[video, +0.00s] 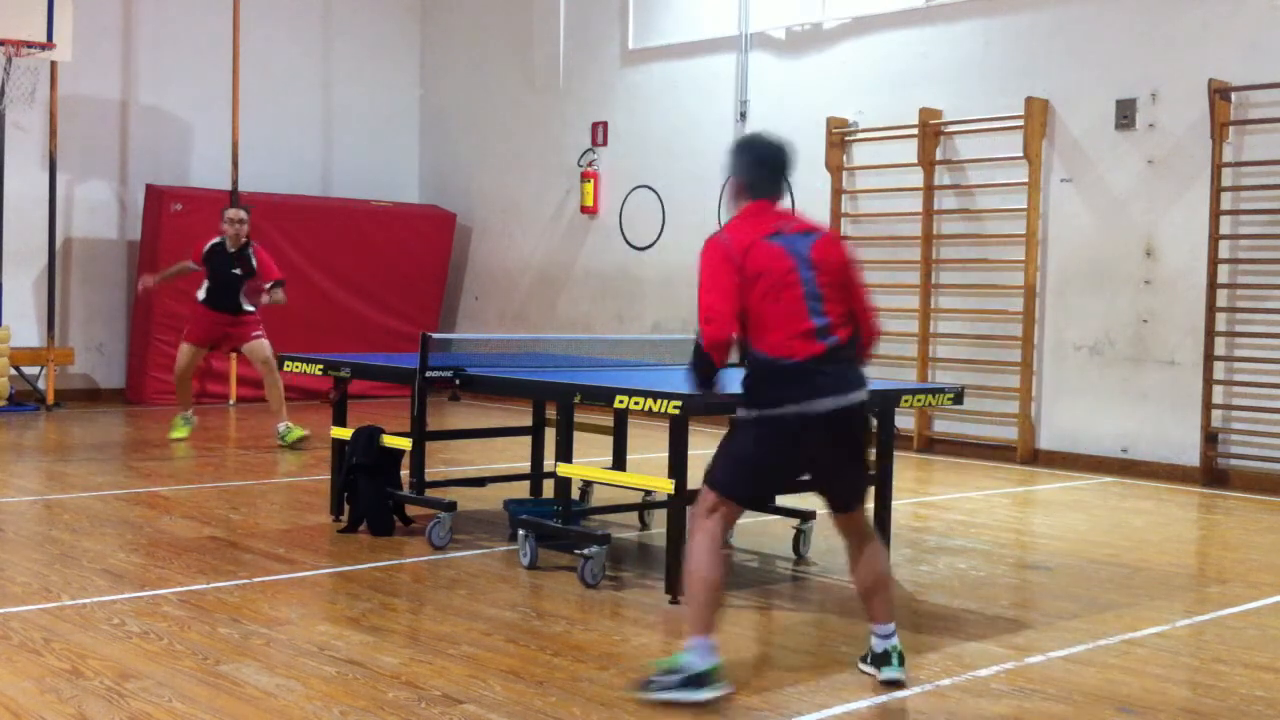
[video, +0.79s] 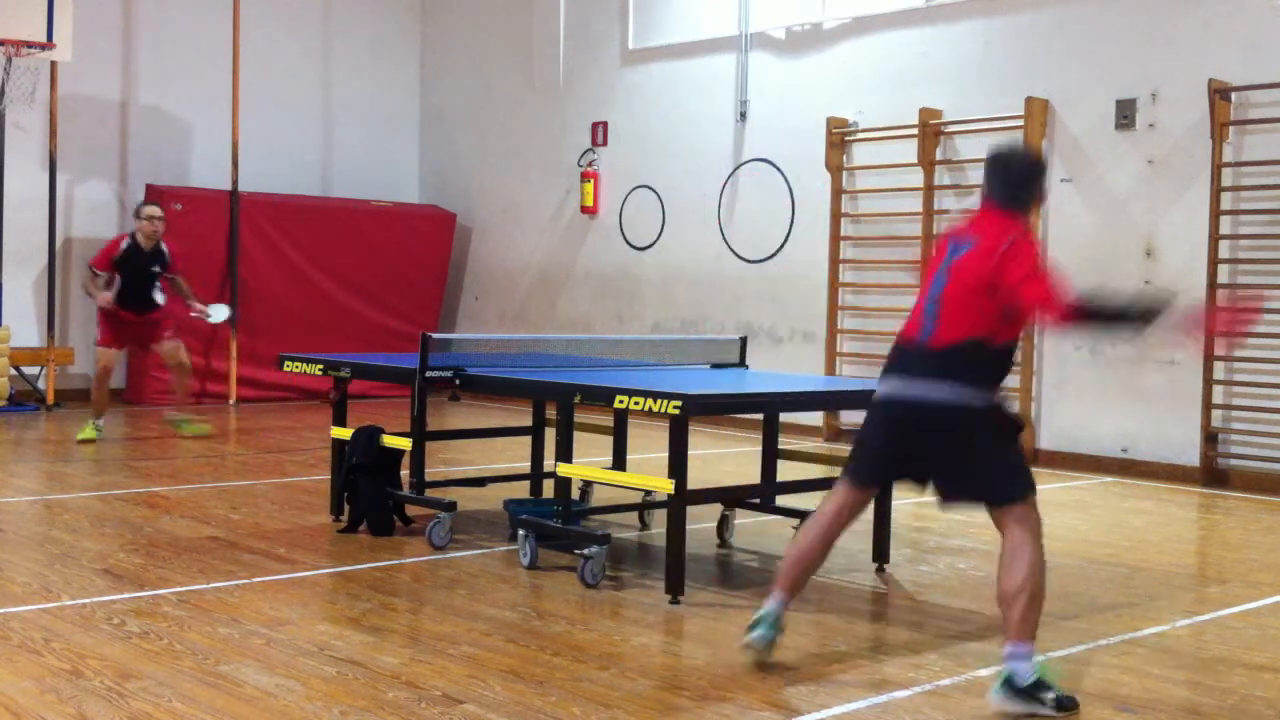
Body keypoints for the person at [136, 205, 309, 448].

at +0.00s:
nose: (235, 228)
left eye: (240, 223)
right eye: (230, 222)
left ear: (248, 226)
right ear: (222, 225)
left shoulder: (256, 254)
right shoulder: (212, 248)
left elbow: (279, 295)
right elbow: (189, 266)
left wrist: (266, 298)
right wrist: (156, 278)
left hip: (243, 320)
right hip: (208, 316)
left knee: (267, 362)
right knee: (181, 369)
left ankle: (283, 426)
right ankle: (185, 417)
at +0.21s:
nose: (218, 222)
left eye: (223, 217)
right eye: (212, 216)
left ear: (228, 220)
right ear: (201, 219)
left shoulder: (233, 249)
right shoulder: (188, 245)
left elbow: (252, 282)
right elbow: (167, 270)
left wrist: (254, 308)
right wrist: (166, 302)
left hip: (226, 315)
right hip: (192, 314)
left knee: (252, 354)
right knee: (183, 366)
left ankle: (253, 417)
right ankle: (189, 419)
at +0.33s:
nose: (213, 218)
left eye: (218, 213)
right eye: (208, 213)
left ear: (223, 217)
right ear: (196, 216)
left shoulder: (230, 244)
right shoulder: (184, 240)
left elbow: (246, 277)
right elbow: (168, 265)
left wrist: (250, 303)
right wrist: (169, 295)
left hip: (221, 311)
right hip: (186, 308)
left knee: (235, 363)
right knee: (166, 357)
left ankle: (237, 414)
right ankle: (168, 412)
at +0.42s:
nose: (209, 225)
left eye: (213, 221)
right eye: (204, 220)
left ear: (218, 224)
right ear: (193, 224)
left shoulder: (227, 251)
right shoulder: (179, 247)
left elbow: (245, 282)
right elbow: (165, 274)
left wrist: (251, 306)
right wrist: (165, 302)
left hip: (217, 315)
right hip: (181, 312)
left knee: (232, 367)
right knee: (156, 361)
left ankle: (234, 419)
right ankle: (135, 418)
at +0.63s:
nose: (183, 235)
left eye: (187, 230)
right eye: (177, 229)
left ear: (192, 234)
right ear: (165, 233)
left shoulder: (196, 259)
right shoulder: (151, 256)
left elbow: (212, 286)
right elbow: (133, 286)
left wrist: (228, 308)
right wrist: (132, 309)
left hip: (189, 323)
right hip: (152, 322)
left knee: (215, 368)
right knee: (126, 369)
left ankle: (232, 420)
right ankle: (101, 424)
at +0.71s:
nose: (167, 232)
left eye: (171, 227)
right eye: (161, 226)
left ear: (176, 231)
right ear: (148, 230)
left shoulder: (178, 258)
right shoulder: (132, 253)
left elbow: (191, 284)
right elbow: (107, 286)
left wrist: (210, 306)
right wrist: (113, 302)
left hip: (168, 323)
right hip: (131, 321)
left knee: (195, 369)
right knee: (109, 370)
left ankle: (221, 419)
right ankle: (98, 425)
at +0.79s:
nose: (156, 225)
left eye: (160, 220)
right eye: (150, 220)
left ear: (164, 224)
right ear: (137, 222)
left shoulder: (164, 251)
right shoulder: (119, 247)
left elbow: (174, 278)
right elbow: (90, 278)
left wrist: (193, 302)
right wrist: (99, 294)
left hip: (152, 317)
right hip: (117, 316)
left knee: (181, 363)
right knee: (104, 368)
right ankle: (95, 423)